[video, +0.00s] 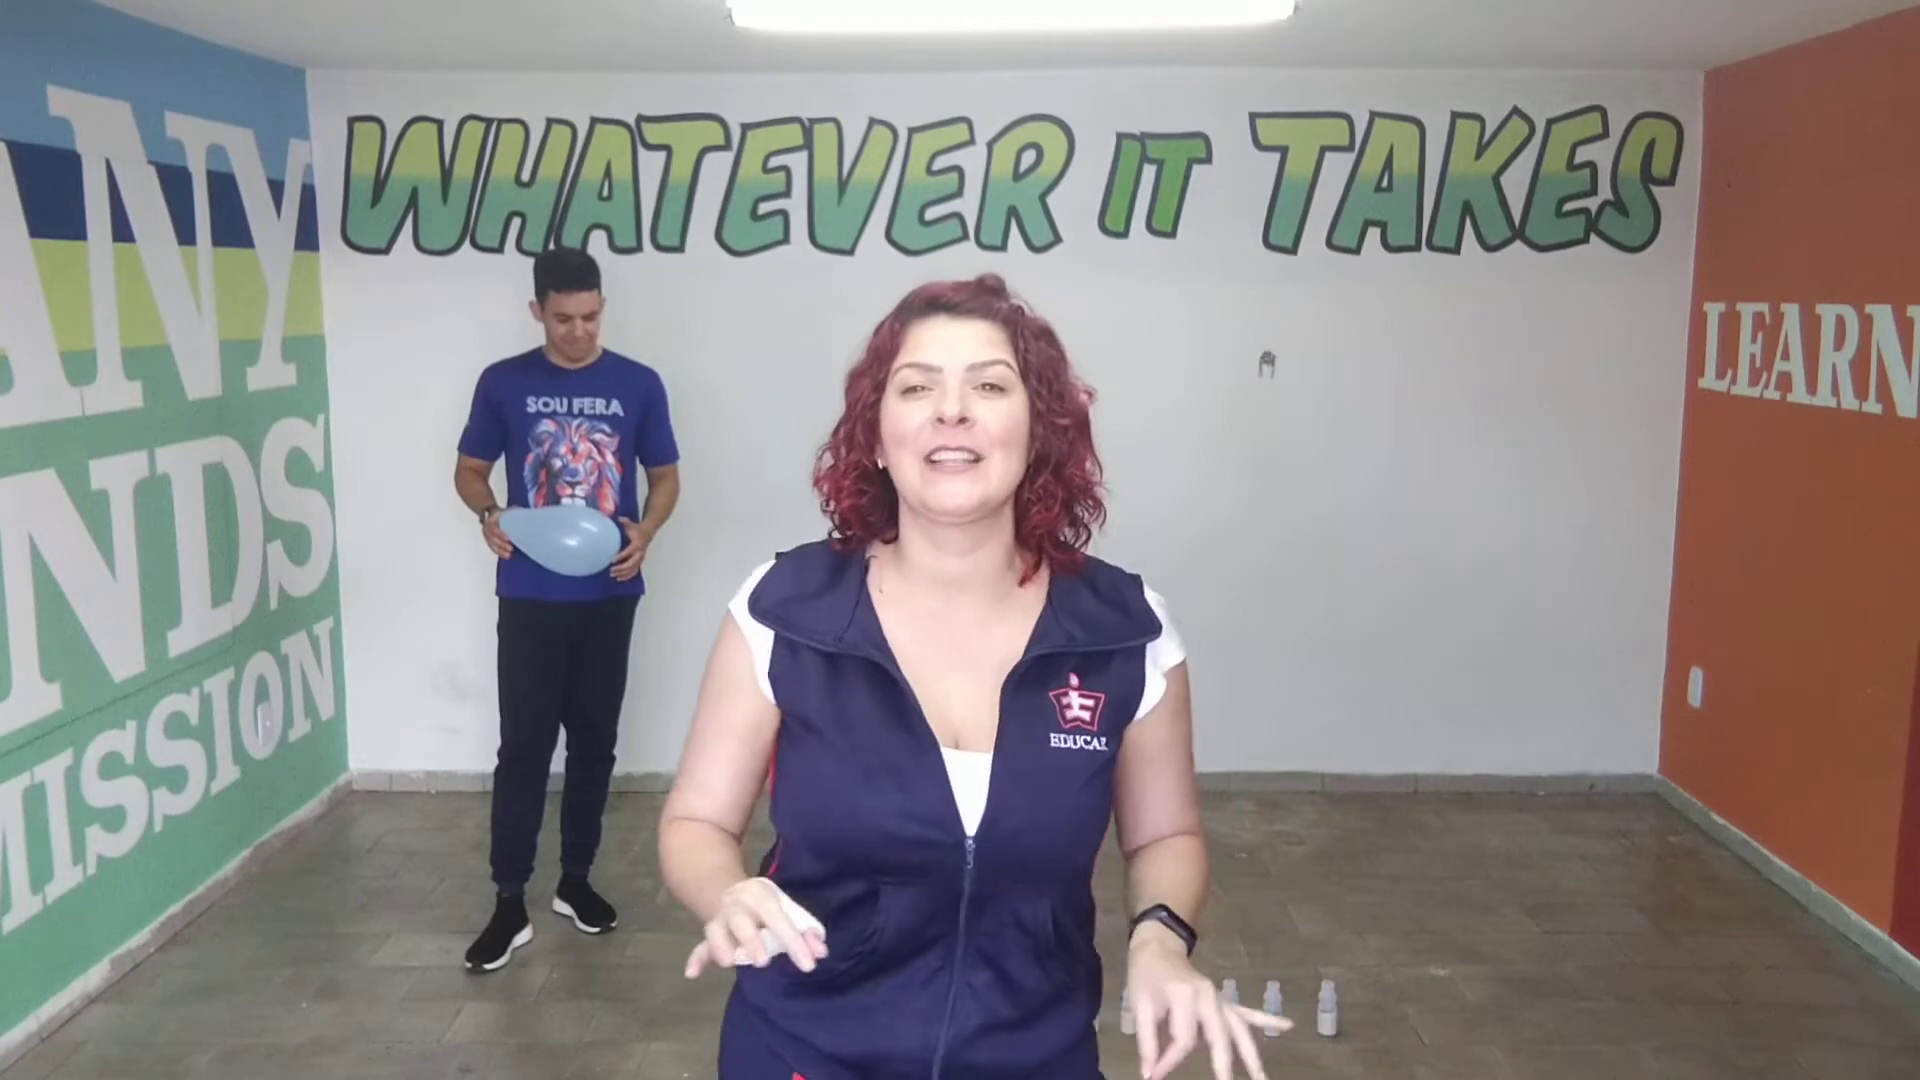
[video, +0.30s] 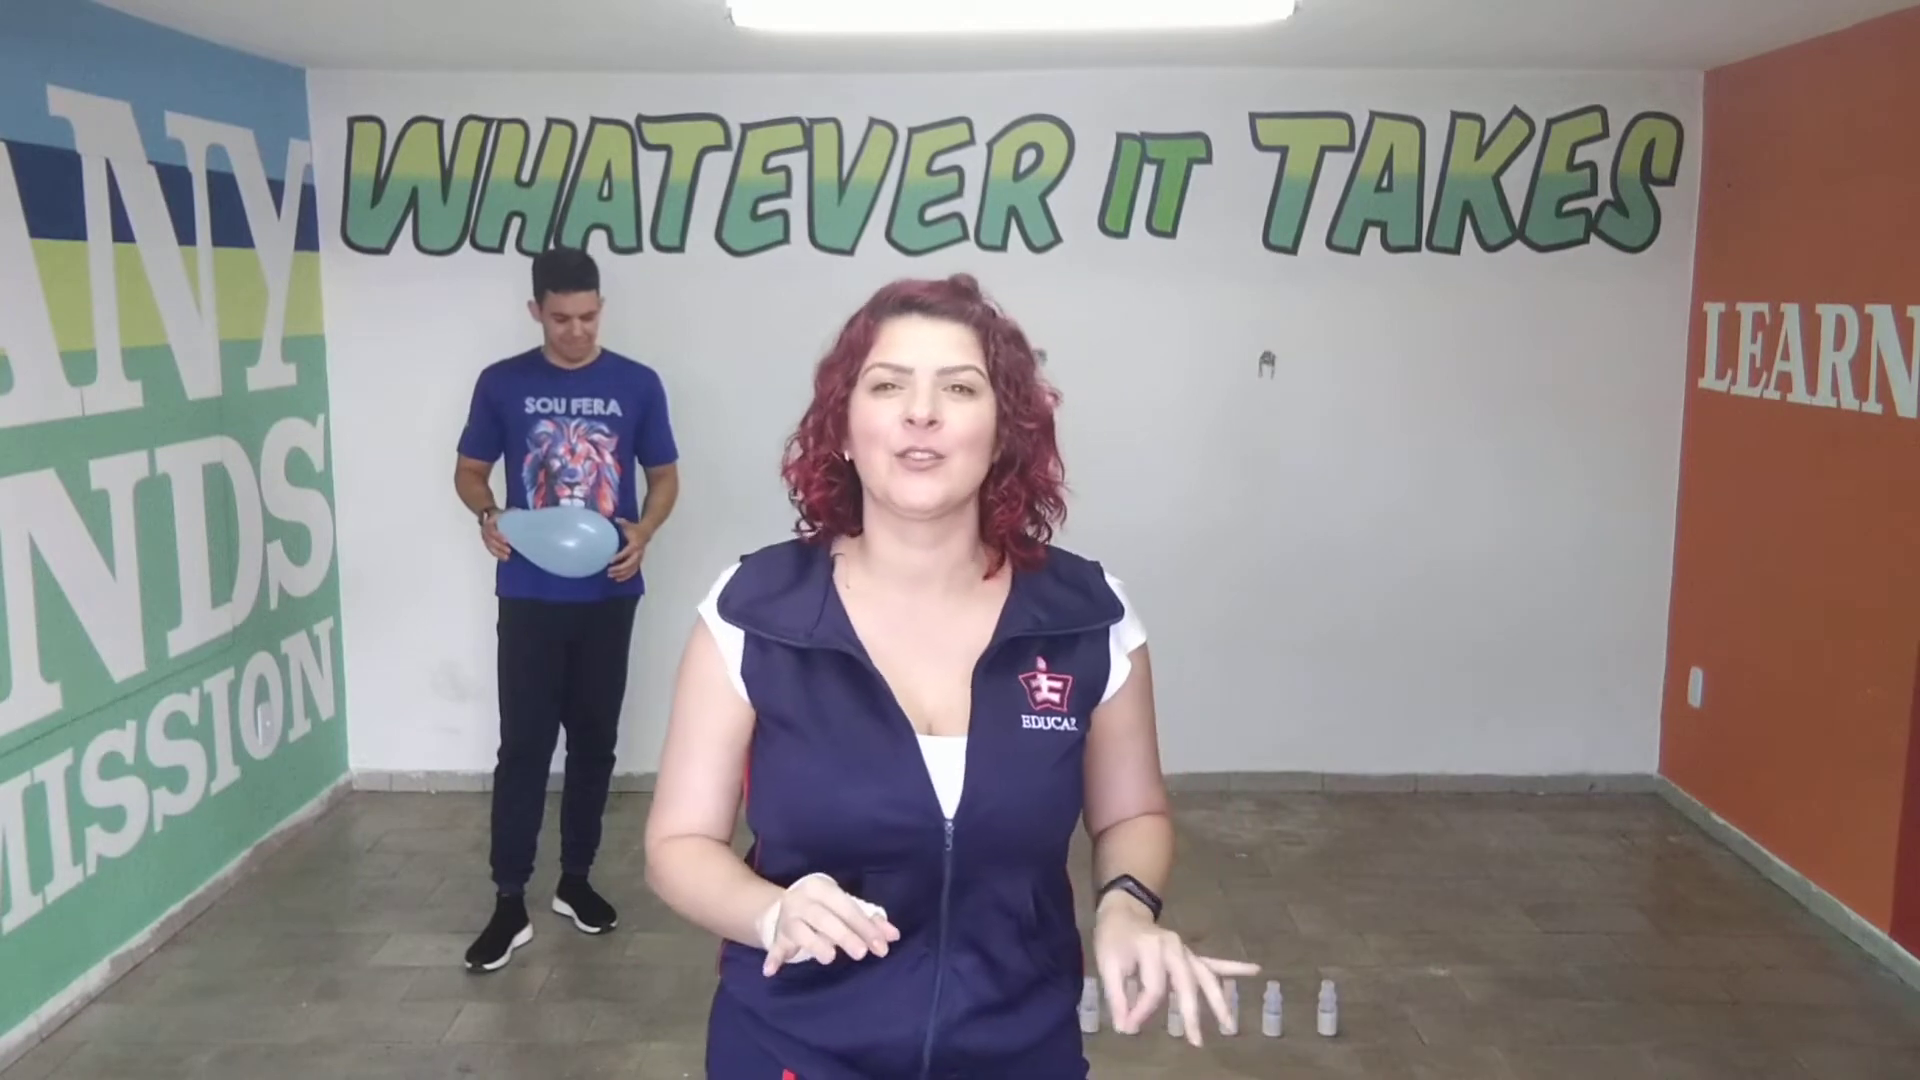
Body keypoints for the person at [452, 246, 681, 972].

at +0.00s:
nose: (578, 329)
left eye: (589, 315)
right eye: (565, 317)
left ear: (603, 310)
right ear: (539, 312)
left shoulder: (639, 387)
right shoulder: (504, 384)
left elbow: (667, 481)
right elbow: (470, 473)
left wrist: (645, 530)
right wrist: (489, 513)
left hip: (608, 599)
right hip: (531, 599)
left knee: (594, 747)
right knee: (524, 749)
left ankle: (575, 882)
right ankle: (509, 902)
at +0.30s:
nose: (577, 328)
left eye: (588, 315)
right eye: (563, 317)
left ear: (602, 311)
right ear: (538, 312)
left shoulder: (638, 387)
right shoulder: (503, 385)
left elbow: (666, 481)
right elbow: (469, 473)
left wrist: (644, 530)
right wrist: (489, 514)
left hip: (608, 599)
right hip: (530, 599)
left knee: (594, 746)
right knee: (524, 748)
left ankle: (575, 882)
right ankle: (509, 901)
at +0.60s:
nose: (568, 322)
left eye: (579, 310)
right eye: (555, 310)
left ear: (597, 307)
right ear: (535, 308)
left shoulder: (637, 386)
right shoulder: (502, 385)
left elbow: (666, 479)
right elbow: (471, 477)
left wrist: (641, 530)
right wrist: (489, 514)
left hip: (607, 597)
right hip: (529, 597)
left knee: (593, 745)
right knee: (524, 748)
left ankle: (575, 882)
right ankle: (509, 901)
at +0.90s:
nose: (556, 308)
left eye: (569, 295)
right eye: (544, 296)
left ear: (593, 303)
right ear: (530, 303)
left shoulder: (634, 385)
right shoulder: (500, 384)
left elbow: (665, 479)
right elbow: (471, 475)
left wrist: (635, 529)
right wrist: (486, 515)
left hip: (603, 597)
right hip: (526, 596)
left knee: (593, 746)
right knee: (522, 748)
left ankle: (575, 883)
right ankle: (509, 902)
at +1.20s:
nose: (553, 305)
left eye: (566, 293)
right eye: (541, 293)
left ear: (590, 302)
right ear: (527, 303)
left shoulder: (632, 385)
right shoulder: (497, 384)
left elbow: (663, 478)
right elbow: (468, 477)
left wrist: (633, 528)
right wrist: (484, 517)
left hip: (602, 597)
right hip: (524, 596)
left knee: (592, 746)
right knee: (519, 749)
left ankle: (575, 881)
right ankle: (508, 902)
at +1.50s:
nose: (543, 304)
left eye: (556, 293)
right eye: (531, 292)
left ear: (580, 302)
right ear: (517, 302)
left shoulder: (623, 385)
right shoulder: (486, 385)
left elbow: (655, 479)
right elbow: (458, 479)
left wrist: (625, 529)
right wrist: (477, 520)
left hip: (597, 598)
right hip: (517, 597)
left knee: (587, 746)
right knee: (498, 748)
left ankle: (574, 882)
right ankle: (471, 905)